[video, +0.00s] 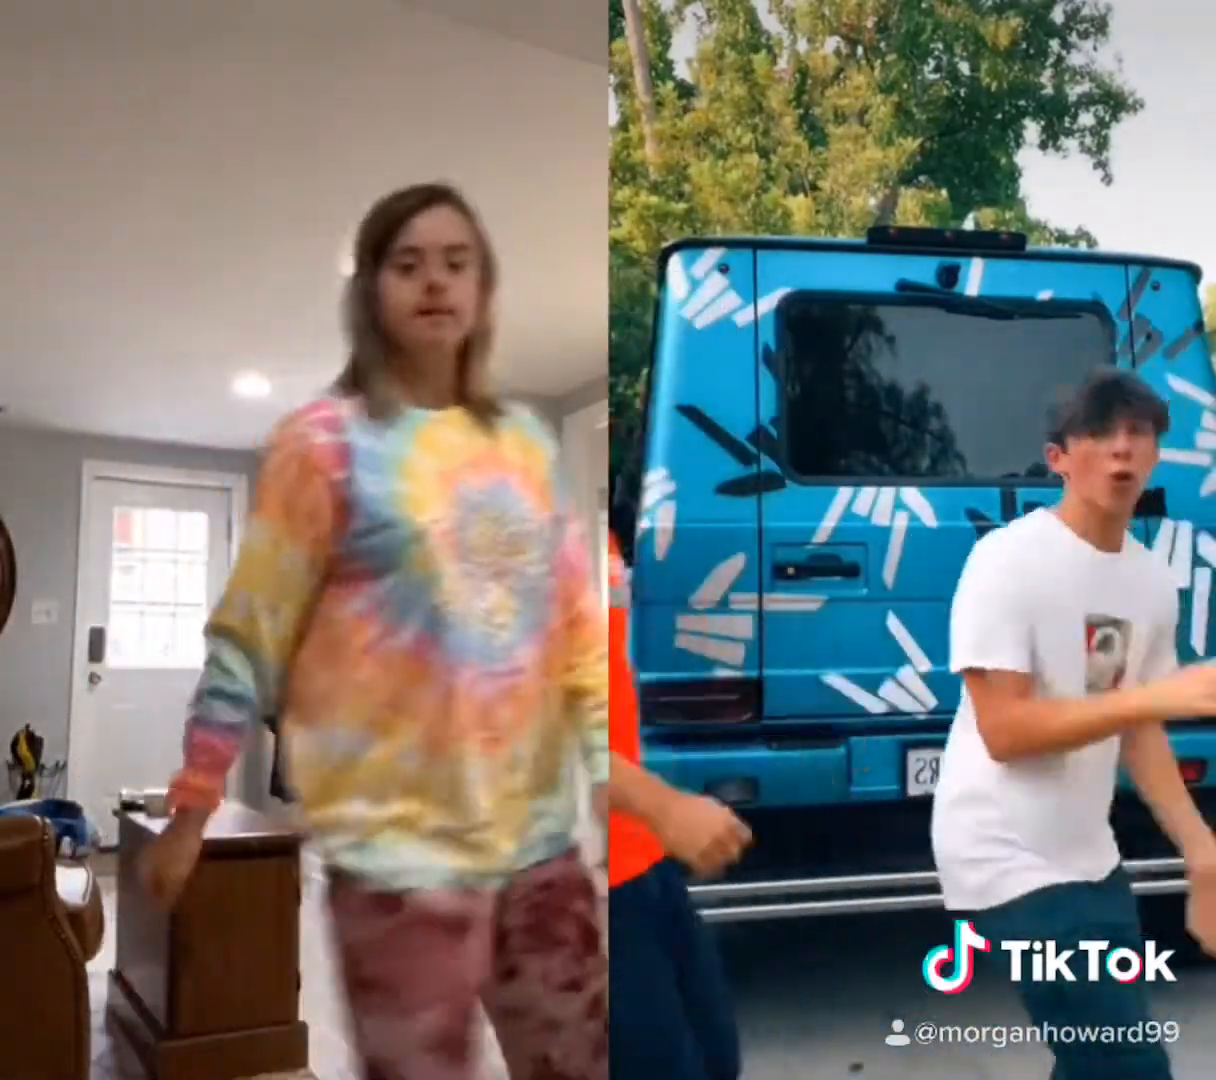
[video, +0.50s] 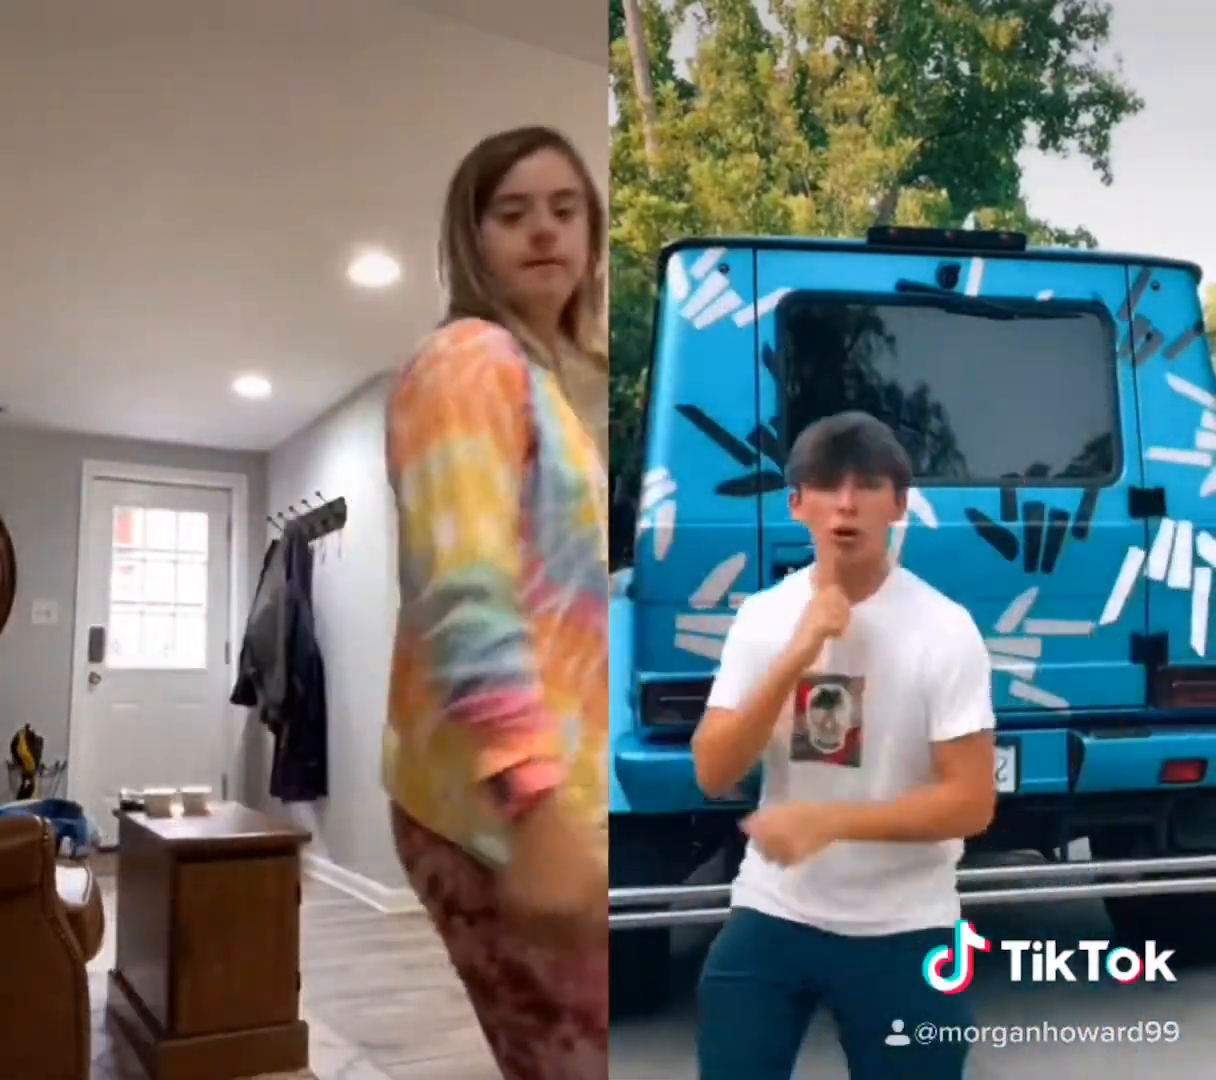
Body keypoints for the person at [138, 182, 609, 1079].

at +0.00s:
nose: (435, 281)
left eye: (457, 260)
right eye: (407, 262)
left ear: (485, 291)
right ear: (369, 290)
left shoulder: (526, 443)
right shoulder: (324, 441)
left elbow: (574, 654)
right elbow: (246, 637)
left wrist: (655, 799)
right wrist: (189, 814)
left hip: (542, 839)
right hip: (397, 846)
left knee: (576, 1067)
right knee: (419, 1067)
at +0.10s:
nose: (470, 263)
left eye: (492, 242)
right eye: (442, 244)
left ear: (522, 267)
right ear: (404, 273)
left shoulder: (563, 425)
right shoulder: (356, 425)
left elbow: (574, 607)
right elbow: (282, 630)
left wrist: (613, 704)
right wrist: (235, 804)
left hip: (561, 805)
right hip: (431, 811)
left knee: (579, 1062)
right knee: (524, 1063)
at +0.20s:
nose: (501, 254)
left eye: (523, 232)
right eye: (471, 234)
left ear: (551, 261)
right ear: (431, 261)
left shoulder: (585, 420)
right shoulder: (385, 421)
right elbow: (332, 628)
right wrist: (309, 801)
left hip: (582, 793)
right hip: (457, 801)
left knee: (582, 1053)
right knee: (563, 1056)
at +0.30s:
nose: (523, 249)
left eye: (546, 227)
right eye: (494, 229)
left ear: (575, 253)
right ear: (453, 256)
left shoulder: (590, 410)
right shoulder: (414, 406)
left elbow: (595, 594)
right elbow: (386, 626)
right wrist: (402, 818)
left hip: (593, 801)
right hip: (487, 814)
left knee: (581, 1057)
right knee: (571, 1060)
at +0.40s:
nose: (539, 239)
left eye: (561, 216)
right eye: (508, 220)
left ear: (591, 243)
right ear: (467, 246)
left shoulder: (575, 396)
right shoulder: (444, 389)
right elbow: (419, 622)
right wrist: (454, 828)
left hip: (590, 821)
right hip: (519, 830)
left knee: (581, 1060)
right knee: (570, 1064)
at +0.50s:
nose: (544, 233)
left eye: (565, 209)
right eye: (513, 213)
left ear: (593, 233)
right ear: (473, 239)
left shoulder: (541, 372)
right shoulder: (468, 358)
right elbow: (464, 591)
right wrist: (537, 798)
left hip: (544, 793)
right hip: (496, 806)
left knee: (565, 1058)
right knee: (561, 1061)